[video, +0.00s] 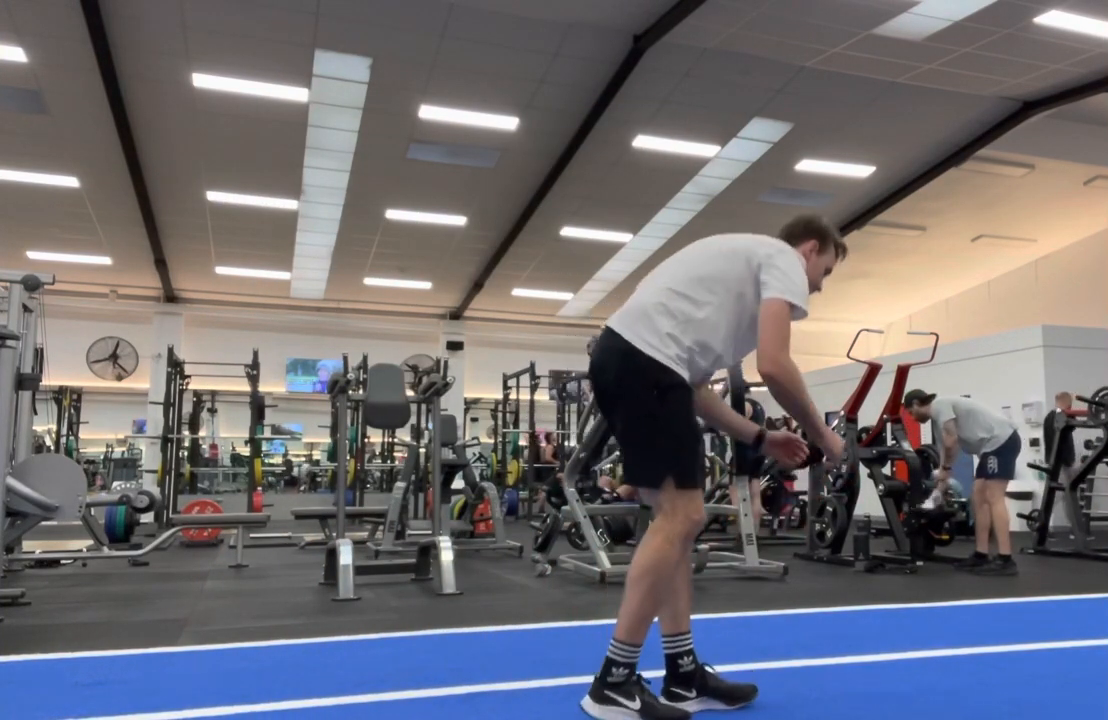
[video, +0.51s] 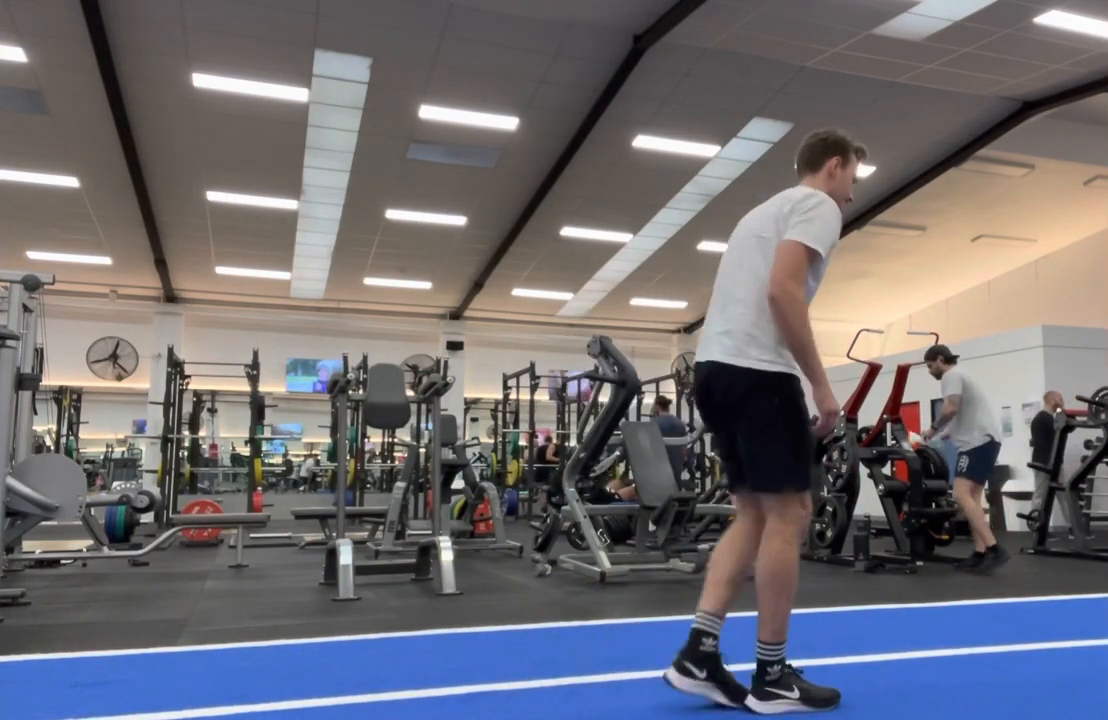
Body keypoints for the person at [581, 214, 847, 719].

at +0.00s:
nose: (821, 282)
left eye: (828, 275)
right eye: (827, 269)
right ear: (810, 249)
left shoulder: (734, 265)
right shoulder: (782, 258)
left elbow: (694, 388)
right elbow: (772, 364)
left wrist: (761, 436)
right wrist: (822, 434)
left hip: (630, 357)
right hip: (648, 360)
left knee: (677, 516)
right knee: (681, 514)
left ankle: (683, 671)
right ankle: (615, 679)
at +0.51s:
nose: (852, 190)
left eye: (855, 181)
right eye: (853, 179)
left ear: (807, 167)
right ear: (835, 167)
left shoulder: (759, 215)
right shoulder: (817, 204)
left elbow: (735, 306)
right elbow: (784, 289)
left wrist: (791, 385)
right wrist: (821, 386)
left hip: (716, 373)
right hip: (759, 373)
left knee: (751, 514)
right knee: (789, 515)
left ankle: (699, 650)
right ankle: (772, 671)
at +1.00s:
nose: (918, 231)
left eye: (922, 225)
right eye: (921, 222)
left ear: (881, 197)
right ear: (906, 202)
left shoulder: (821, 232)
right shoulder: (888, 227)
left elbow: (809, 324)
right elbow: (861, 311)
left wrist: (857, 389)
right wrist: (890, 409)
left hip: (768, 372)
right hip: (818, 373)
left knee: (822, 512)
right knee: (885, 500)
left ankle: (828, 659)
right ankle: (831, 644)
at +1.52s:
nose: (966, 412)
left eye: (974, 410)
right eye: (976, 406)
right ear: (978, 378)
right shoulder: (954, 368)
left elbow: (833, 446)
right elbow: (913, 455)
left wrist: (806, 538)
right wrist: (901, 553)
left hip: (774, 369)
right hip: (810, 373)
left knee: (830, 517)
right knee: (857, 521)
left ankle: (834, 665)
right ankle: (910, 668)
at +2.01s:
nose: (981, 446)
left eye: (988, 440)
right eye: (989, 434)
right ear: (991, 408)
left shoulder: (899, 408)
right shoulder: (971, 380)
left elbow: (911, 499)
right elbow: (989, 501)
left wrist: (959, 574)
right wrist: (1033, 580)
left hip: (788, 369)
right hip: (829, 370)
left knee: (837, 521)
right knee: (875, 520)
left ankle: (833, 665)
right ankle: (915, 669)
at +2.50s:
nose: (1042, 273)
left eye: (1046, 267)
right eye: (1046, 263)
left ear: (1008, 237)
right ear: (1035, 244)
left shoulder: (959, 254)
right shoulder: (1012, 260)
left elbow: (898, 325)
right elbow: (989, 357)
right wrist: (1015, 436)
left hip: (866, 366)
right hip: (911, 371)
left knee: (918, 509)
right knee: (948, 517)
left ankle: (868, 631)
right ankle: (929, 667)